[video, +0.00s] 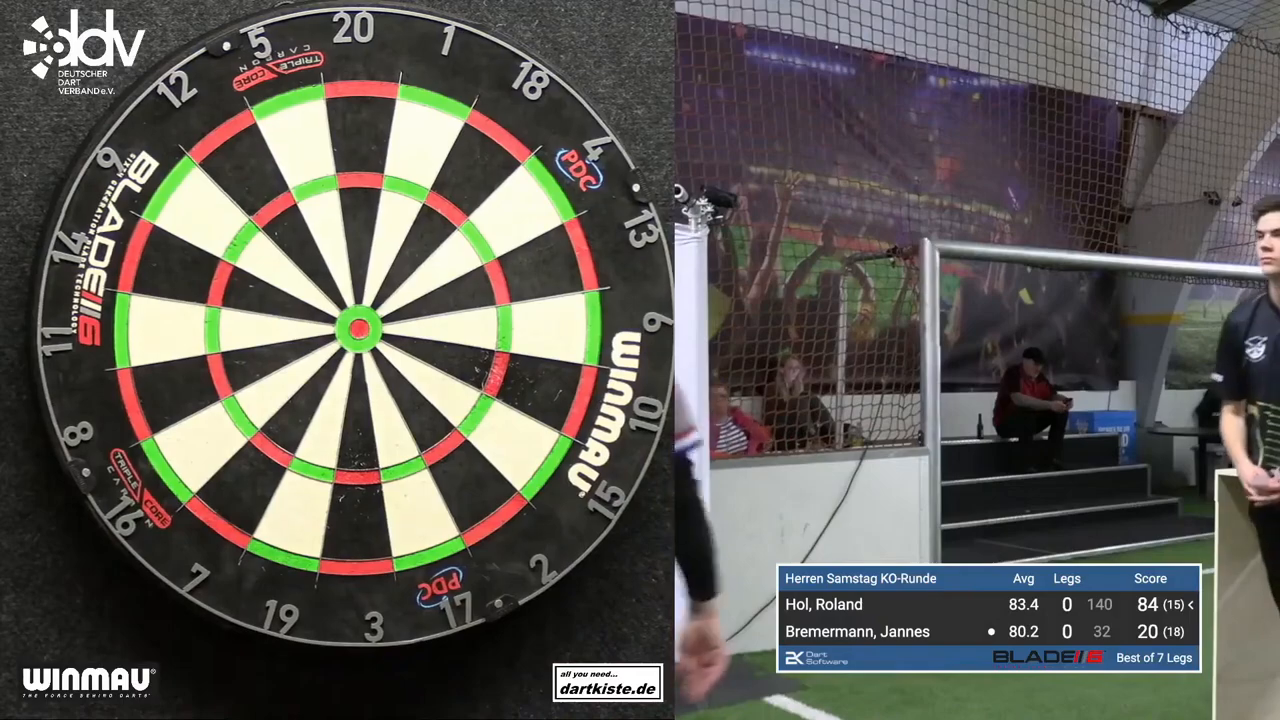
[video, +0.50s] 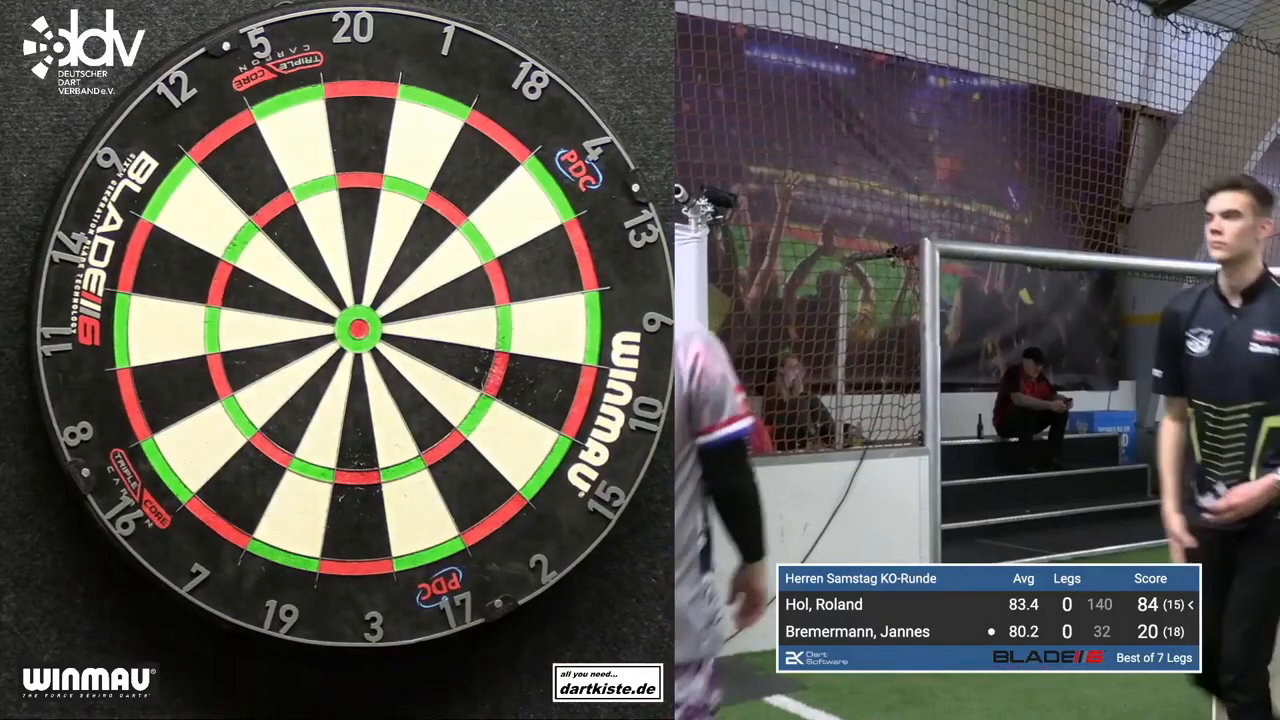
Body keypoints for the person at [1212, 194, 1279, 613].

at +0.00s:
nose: (1265, 243)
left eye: (1275, 234)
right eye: (1260, 235)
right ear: (1254, 243)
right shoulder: (1244, 320)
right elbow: (1232, 408)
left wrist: (1266, 474)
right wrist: (1244, 465)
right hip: (1270, 493)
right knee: (1277, 604)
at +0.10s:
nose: (1256, 245)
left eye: (1269, 236)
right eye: (1252, 236)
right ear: (1246, 245)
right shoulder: (1234, 323)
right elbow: (1222, 412)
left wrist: (1275, 479)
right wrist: (1237, 470)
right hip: (1263, 498)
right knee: (1278, 607)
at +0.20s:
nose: (1247, 249)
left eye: (1260, 239)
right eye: (1241, 240)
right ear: (1235, 250)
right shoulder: (1220, 326)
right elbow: (1205, 418)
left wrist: (1276, 493)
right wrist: (1222, 480)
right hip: (1250, 503)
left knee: (1274, 626)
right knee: (1274, 614)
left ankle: (1267, 711)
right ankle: (1271, 704)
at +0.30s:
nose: (1239, 246)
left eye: (1253, 237)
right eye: (1233, 238)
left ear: (1279, 246)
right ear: (1226, 249)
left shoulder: (1279, 325)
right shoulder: (1209, 326)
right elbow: (1197, 422)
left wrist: (1277, 498)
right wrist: (1209, 493)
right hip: (1238, 512)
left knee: (1262, 650)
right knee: (1269, 634)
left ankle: (1258, 716)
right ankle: (1270, 707)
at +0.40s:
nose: (1225, 234)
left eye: (1240, 224)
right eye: (1219, 225)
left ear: (1271, 237)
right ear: (1213, 236)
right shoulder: (1194, 312)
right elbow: (1185, 417)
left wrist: (1272, 495)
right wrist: (1189, 507)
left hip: (1273, 520)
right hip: (1217, 518)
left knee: (1247, 660)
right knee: (1235, 659)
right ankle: (1259, 706)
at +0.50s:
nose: (1215, 228)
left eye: (1231, 216)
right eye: (1210, 218)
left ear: (1265, 229)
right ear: (1205, 229)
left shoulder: (1278, 309)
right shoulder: (1183, 311)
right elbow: (1173, 416)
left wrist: (1268, 488)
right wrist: (1171, 506)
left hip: (1268, 521)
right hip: (1204, 521)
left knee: (1241, 672)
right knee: (1207, 666)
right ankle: (1248, 706)